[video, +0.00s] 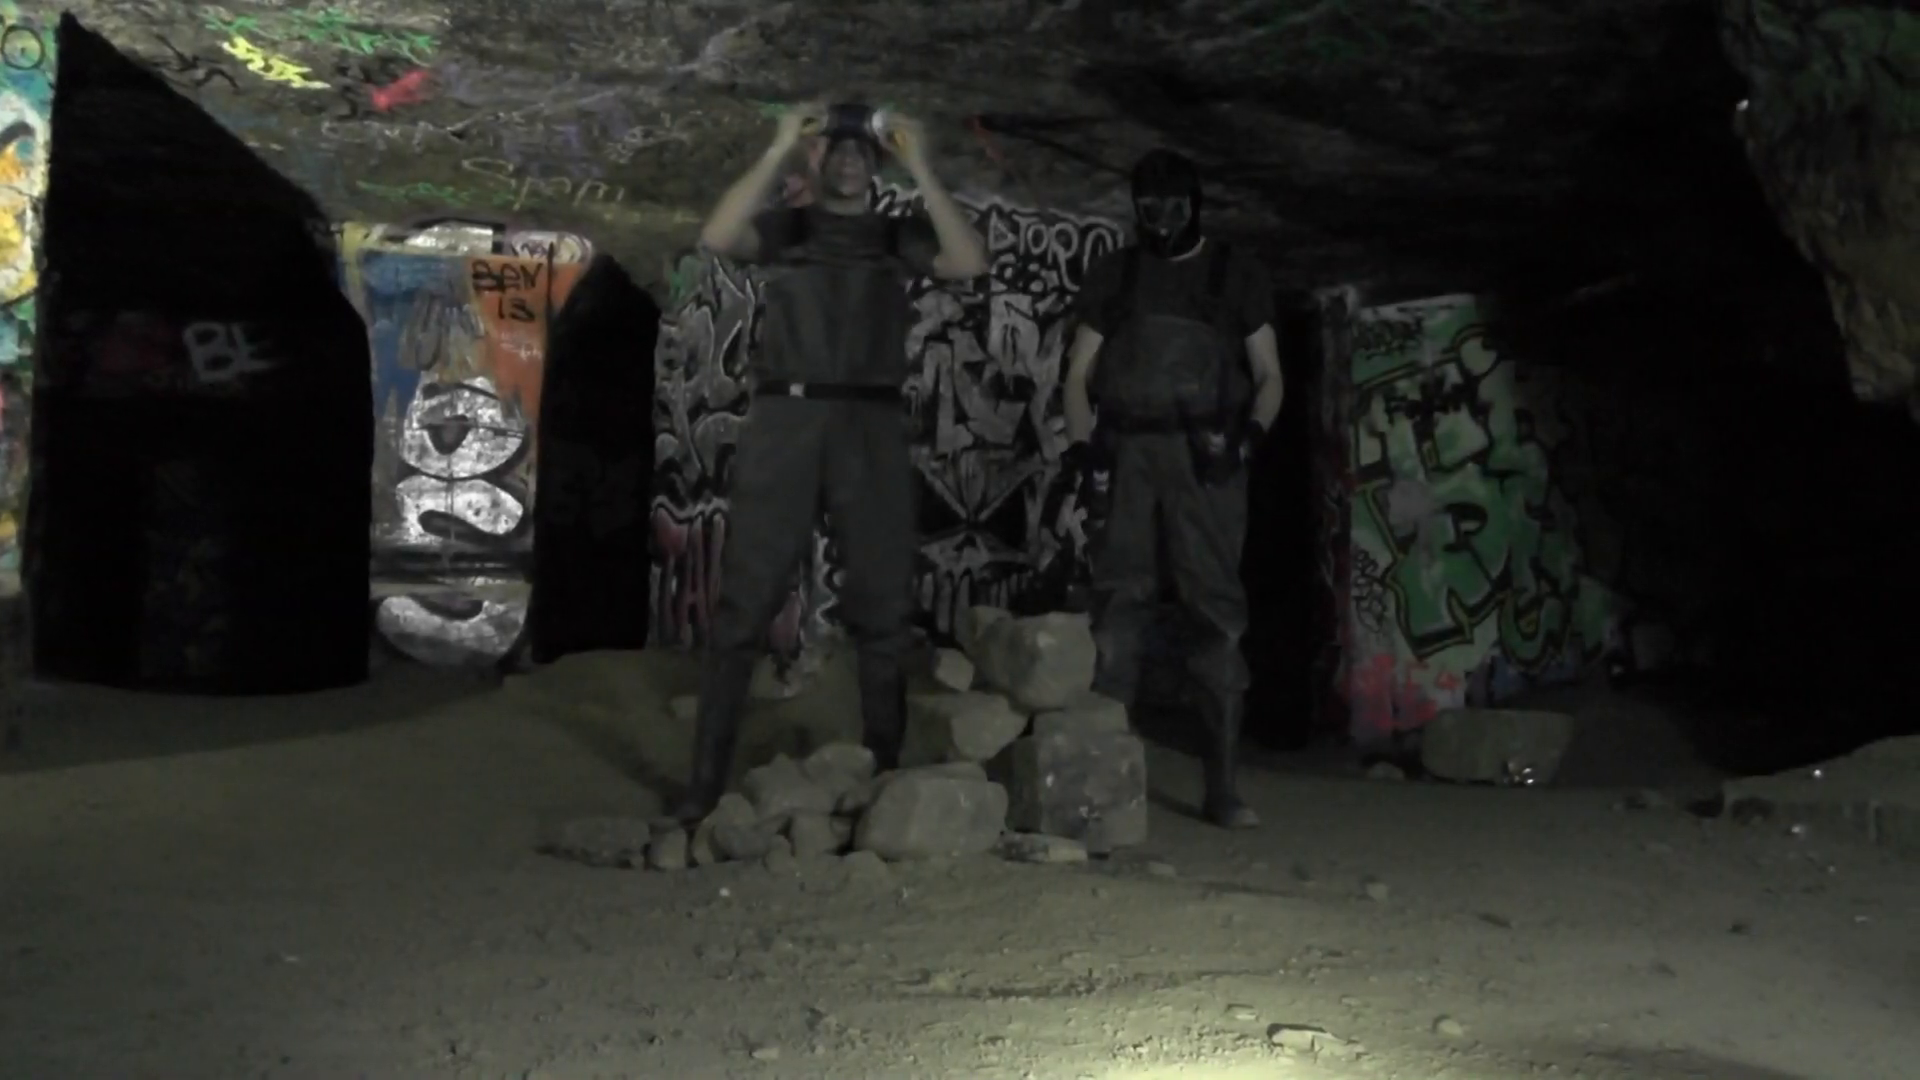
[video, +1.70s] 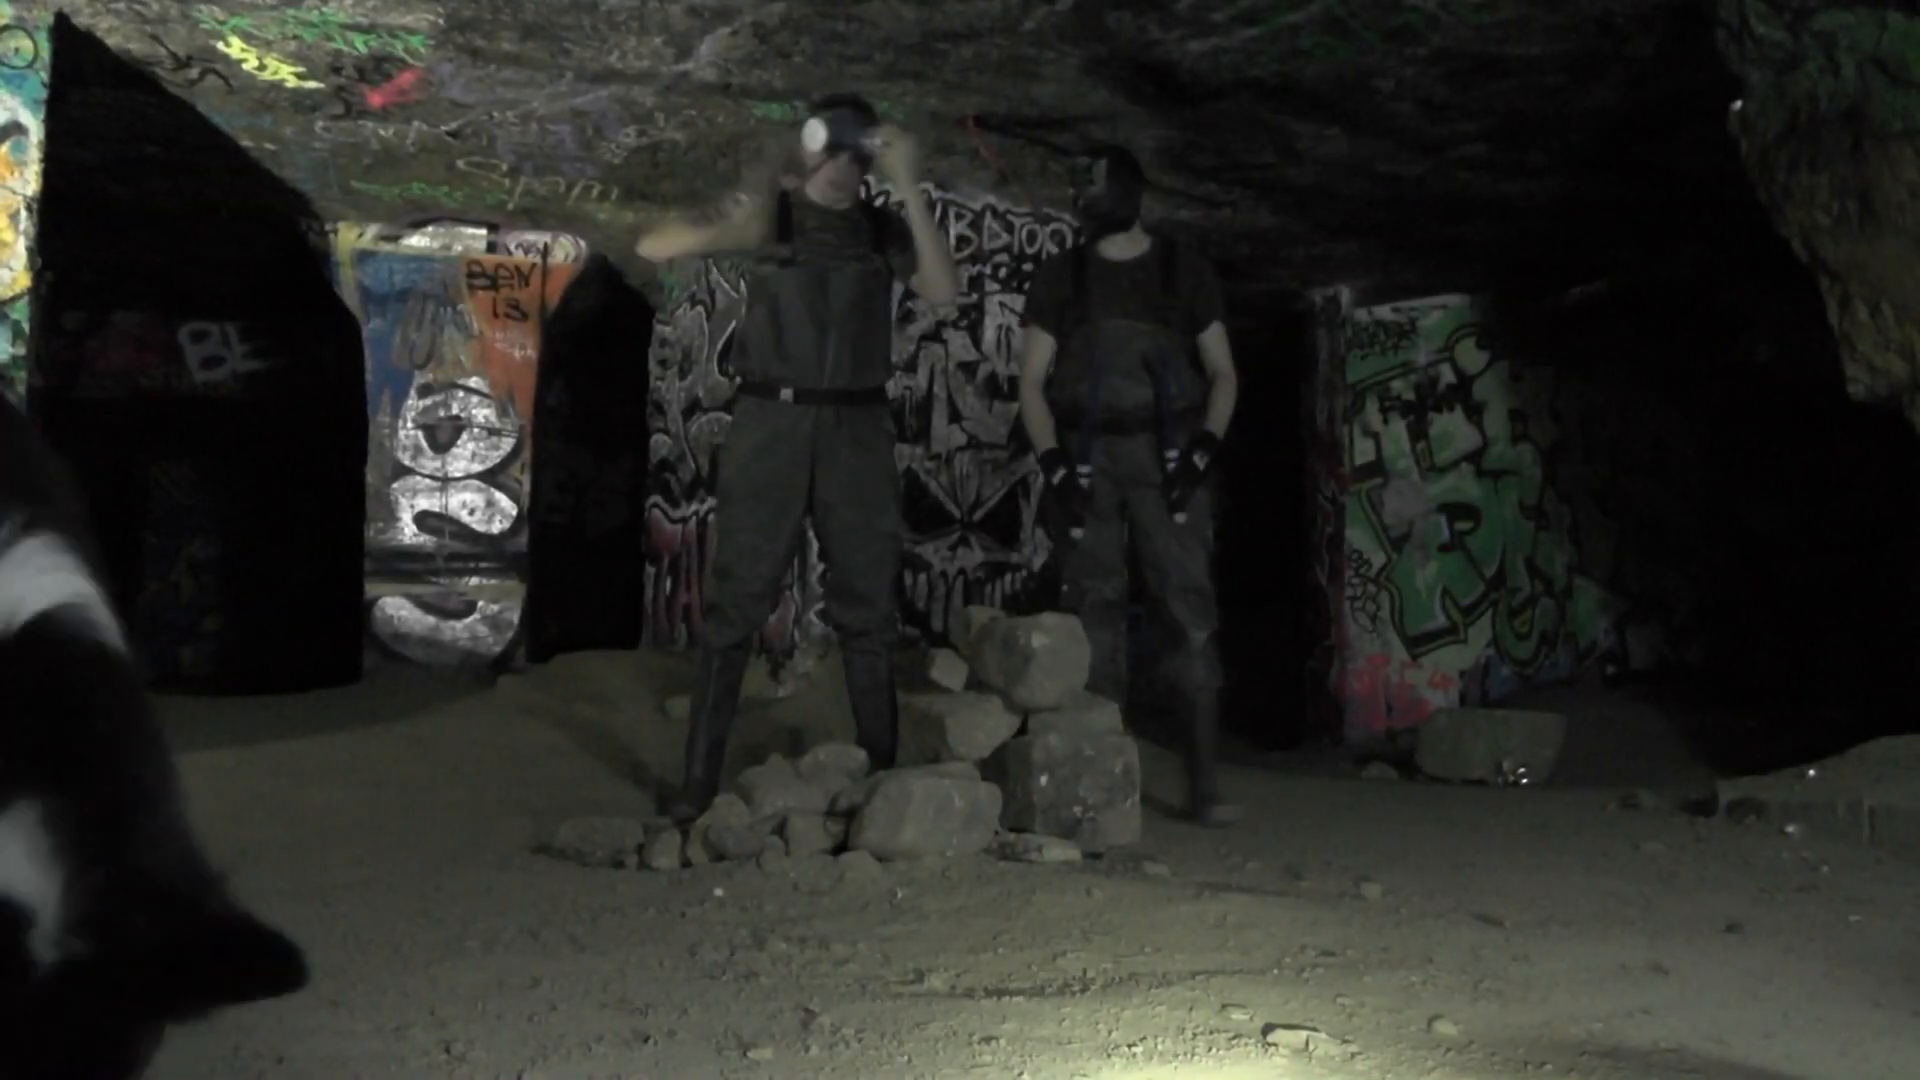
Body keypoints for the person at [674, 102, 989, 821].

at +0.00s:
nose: (846, 164)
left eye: (858, 154)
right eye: (834, 153)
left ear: (876, 168)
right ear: (809, 165)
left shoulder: (896, 233)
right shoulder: (782, 229)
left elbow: (969, 263)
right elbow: (719, 237)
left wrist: (918, 168)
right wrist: (779, 153)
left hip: (871, 436)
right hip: (782, 435)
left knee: (882, 610)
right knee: (744, 607)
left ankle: (884, 775)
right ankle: (706, 783)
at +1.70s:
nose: (849, 167)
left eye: (861, 154)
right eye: (837, 151)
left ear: (872, 162)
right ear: (805, 152)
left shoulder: (882, 228)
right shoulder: (768, 215)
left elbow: (942, 293)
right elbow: (653, 246)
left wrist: (909, 187)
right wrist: (731, 226)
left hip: (857, 437)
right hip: (769, 434)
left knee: (867, 609)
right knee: (737, 606)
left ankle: (882, 778)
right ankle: (698, 785)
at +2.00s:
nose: (860, 166)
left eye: (873, 155)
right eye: (850, 149)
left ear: (884, 161)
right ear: (819, 145)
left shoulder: (891, 230)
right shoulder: (769, 215)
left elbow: (956, 289)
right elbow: (668, 261)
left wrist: (926, 183)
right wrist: (727, 311)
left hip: (858, 439)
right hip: (769, 435)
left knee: (868, 612)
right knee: (736, 609)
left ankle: (882, 779)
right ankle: (699, 786)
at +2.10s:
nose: (856, 161)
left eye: (870, 151)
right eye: (845, 145)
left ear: (881, 160)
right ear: (816, 146)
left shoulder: (893, 230)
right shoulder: (771, 213)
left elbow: (954, 282)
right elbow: (662, 231)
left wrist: (922, 176)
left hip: (858, 437)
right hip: (769, 432)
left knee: (868, 613)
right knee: (738, 608)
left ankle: (879, 781)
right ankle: (700, 785)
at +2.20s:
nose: (847, 163)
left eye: (861, 152)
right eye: (836, 147)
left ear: (879, 162)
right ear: (811, 150)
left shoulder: (892, 230)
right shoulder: (770, 217)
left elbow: (955, 278)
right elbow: (657, 201)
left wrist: (918, 175)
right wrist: (755, 192)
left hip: (859, 438)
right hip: (769, 433)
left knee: (869, 614)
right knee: (737, 609)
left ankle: (880, 780)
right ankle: (699, 786)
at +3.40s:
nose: (828, 156)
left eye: (836, 145)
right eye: (815, 141)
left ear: (847, 157)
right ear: (781, 146)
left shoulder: (851, 231)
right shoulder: (750, 219)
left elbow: (936, 271)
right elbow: (745, 260)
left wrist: (911, 173)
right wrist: (795, 187)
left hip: (843, 435)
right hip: (759, 431)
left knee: (867, 605)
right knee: (732, 600)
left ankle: (883, 771)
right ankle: (679, 771)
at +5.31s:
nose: (821, 157)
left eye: (833, 150)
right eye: (811, 149)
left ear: (853, 166)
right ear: (791, 167)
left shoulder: (873, 228)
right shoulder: (765, 227)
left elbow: (911, 240)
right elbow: (694, 240)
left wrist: (878, 144)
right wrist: (740, 143)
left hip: (852, 437)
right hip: (763, 434)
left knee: (865, 612)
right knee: (731, 607)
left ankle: (870, 779)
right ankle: (696, 784)